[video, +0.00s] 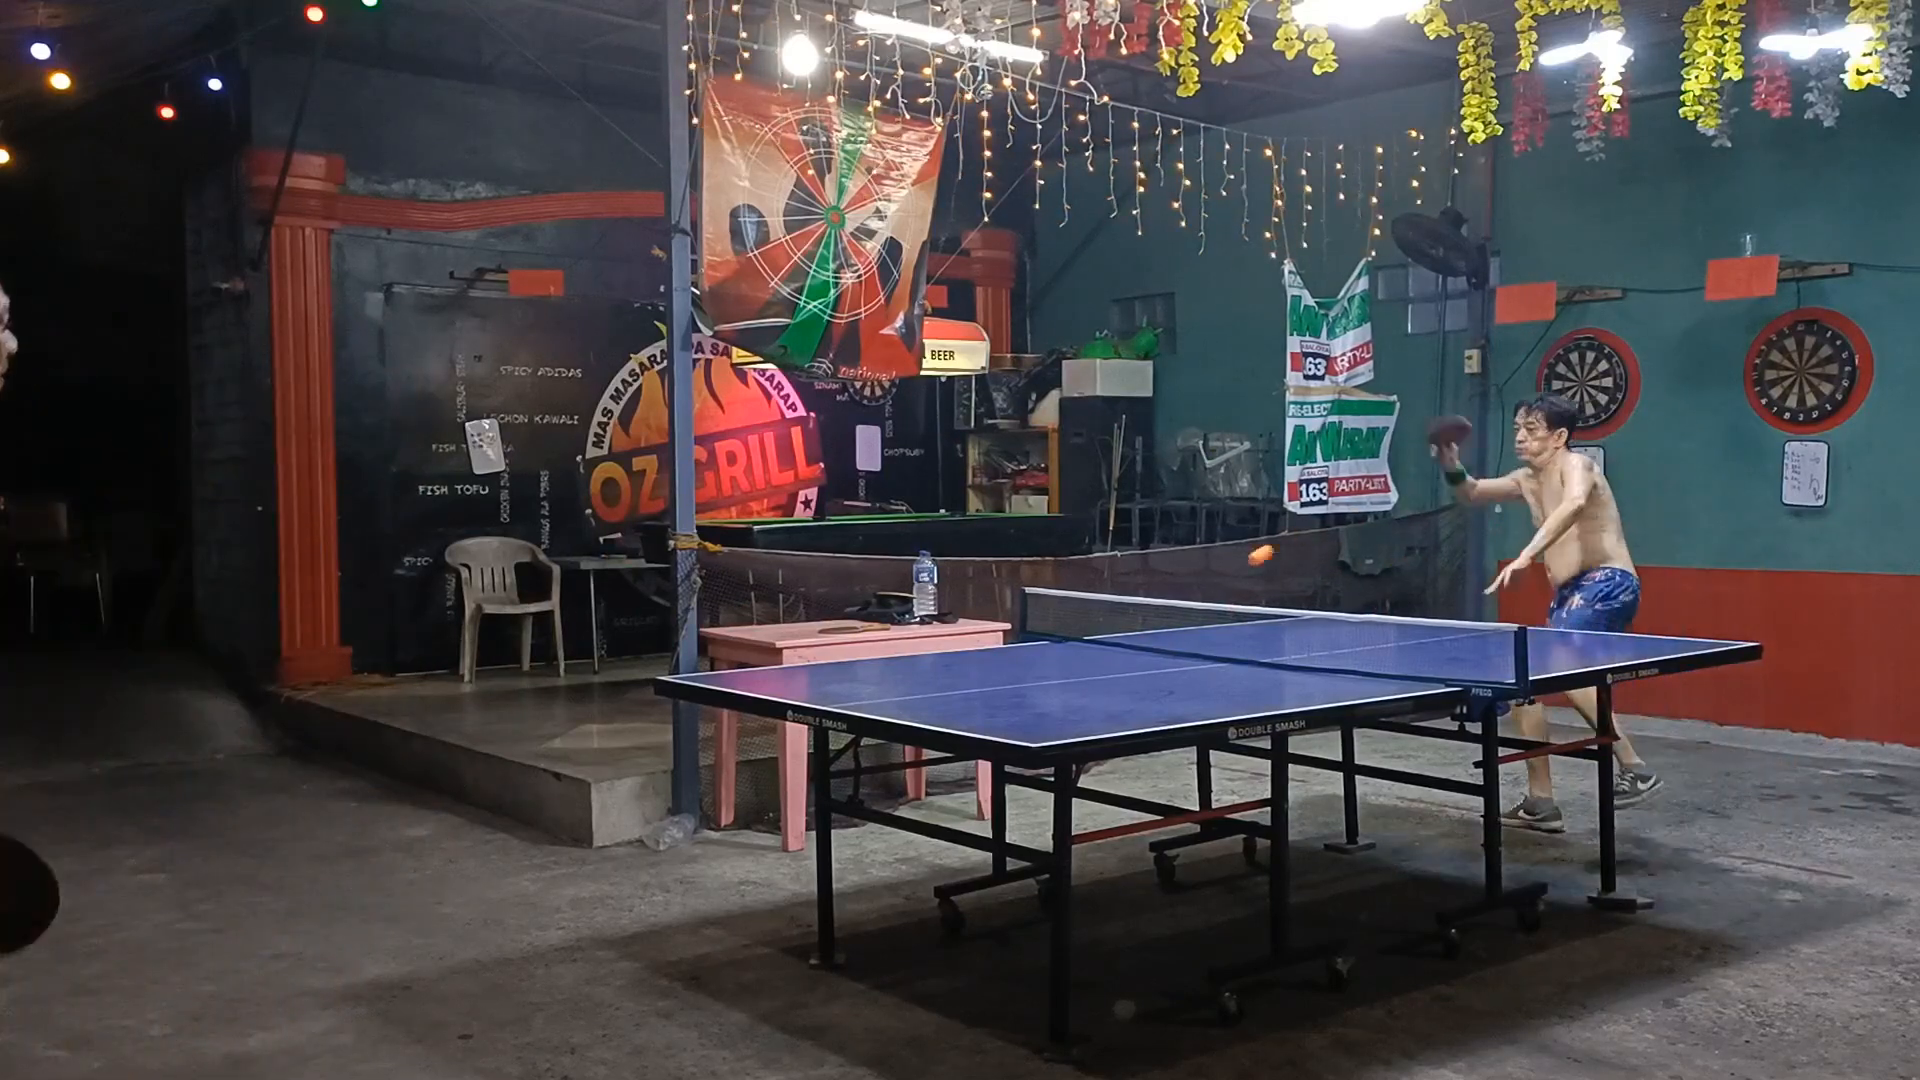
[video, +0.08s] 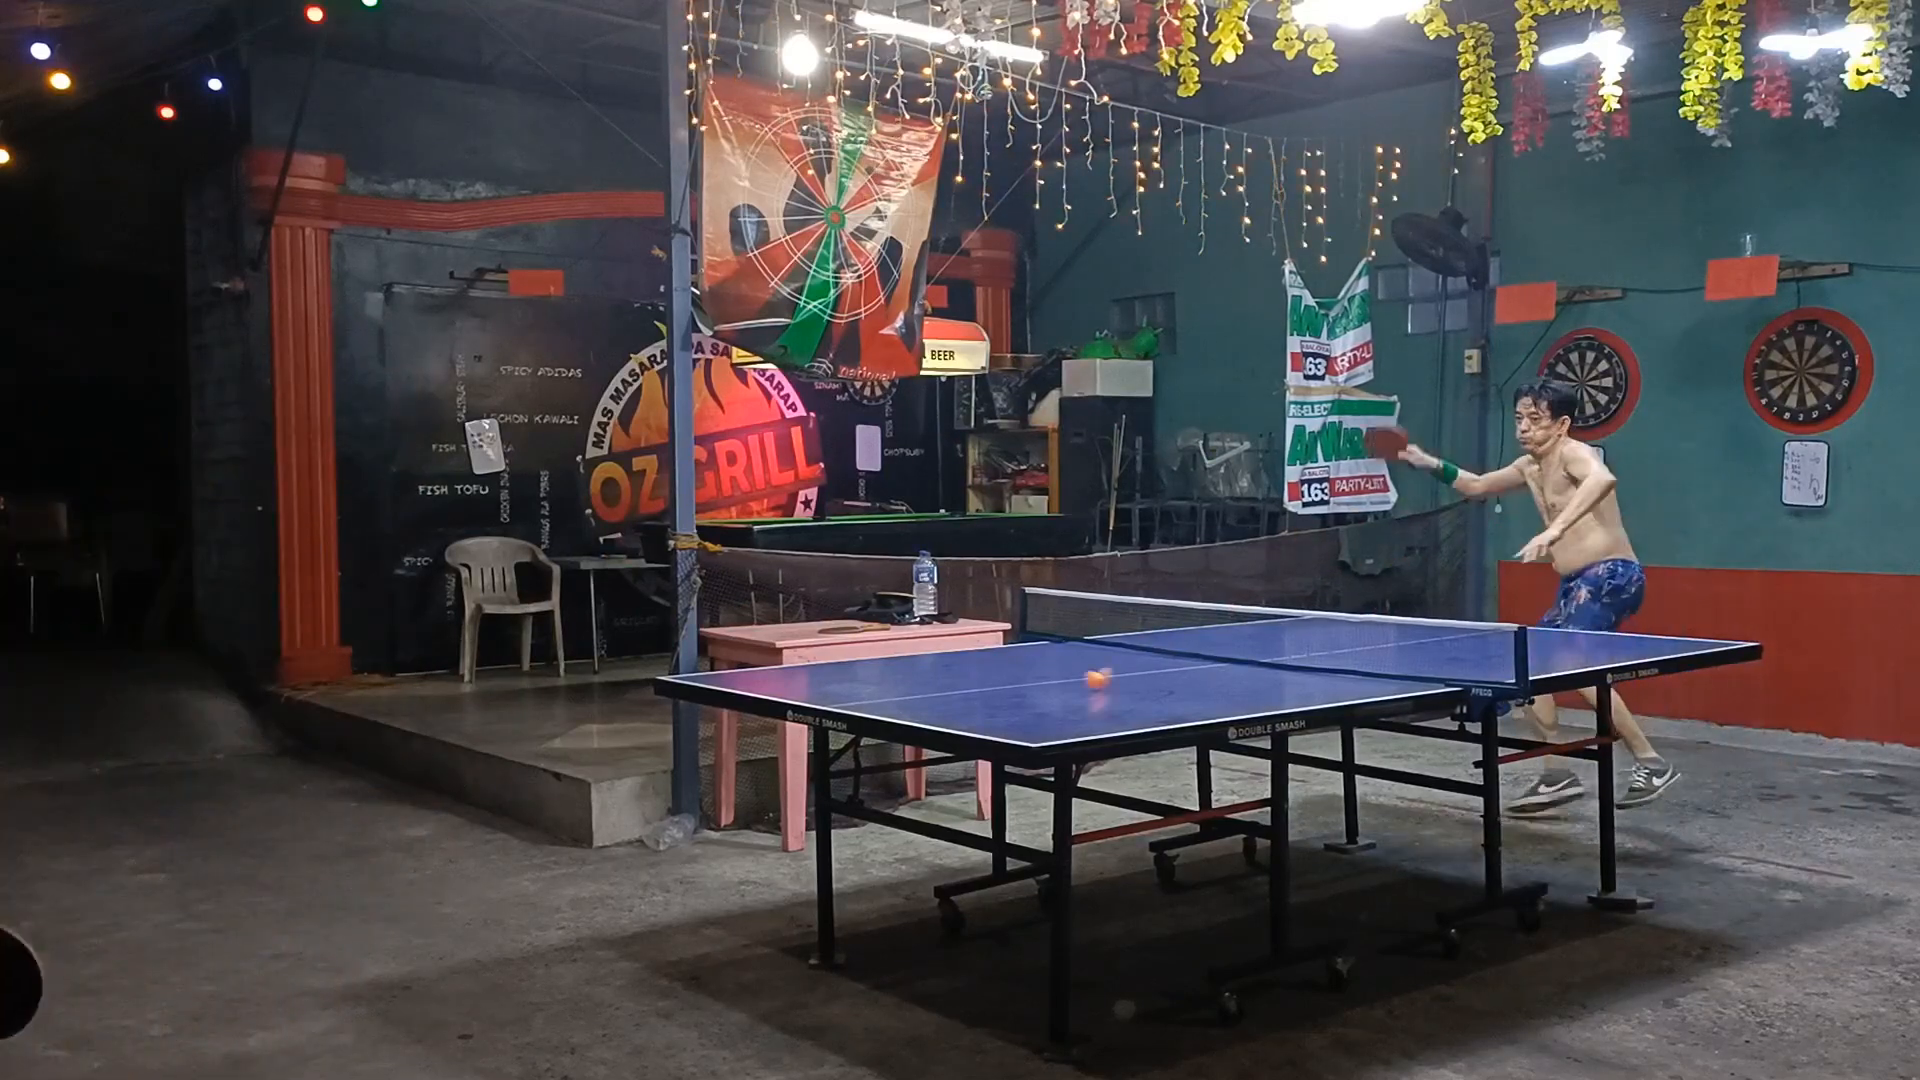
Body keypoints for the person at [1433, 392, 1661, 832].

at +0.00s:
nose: (1521, 437)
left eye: (1530, 429)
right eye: (1518, 429)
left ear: (1559, 435)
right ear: (1516, 435)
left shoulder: (1575, 464)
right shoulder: (1526, 478)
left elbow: (1575, 504)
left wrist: (1526, 555)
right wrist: (1452, 467)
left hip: (1606, 584)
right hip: (1567, 596)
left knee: (1566, 667)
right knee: (1520, 685)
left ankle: (1633, 767)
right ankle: (1540, 799)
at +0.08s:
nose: (1523, 427)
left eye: (1534, 419)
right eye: (1519, 419)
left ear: (1561, 423)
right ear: (1516, 421)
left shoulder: (1573, 451)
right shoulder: (1528, 465)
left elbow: (1600, 479)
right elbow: (1477, 486)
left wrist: (1552, 530)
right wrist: (1433, 464)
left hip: (1609, 577)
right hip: (1575, 585)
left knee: (1579, 671)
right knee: (1524, 668)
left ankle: (1651, 763)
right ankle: (1556, 772)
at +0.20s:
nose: (1524, 440)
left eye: (1534, 431)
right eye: (1520, 431)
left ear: (1562, 434)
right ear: (1516, 432)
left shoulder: (1579, 466)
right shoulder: (1535, 478)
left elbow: (1639, 492)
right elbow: (1504, 508)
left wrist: (1610, 534)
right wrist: (1452, 513)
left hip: (1612, 593)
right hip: (1571, 601)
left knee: (1581, 679)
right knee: (1543, 684)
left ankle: (1672, 772)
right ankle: (1566, 778)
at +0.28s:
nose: (1526, 463)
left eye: (1536, 455)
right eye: (1522, 455)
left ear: (1564, 459)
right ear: (1520, 460)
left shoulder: (1587, 495)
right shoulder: (1544, 503)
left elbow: (1653, 538)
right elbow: (1529, 550)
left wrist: (1642, 593)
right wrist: (1478, 571)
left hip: (1612, 623)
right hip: (1570, 627)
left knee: (1586, 706)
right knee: (1535, 699)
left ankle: (1687, 787)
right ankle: (1571, 779)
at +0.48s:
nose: (1554, 436)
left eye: (1565, 428)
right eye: (1549, 429)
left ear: (1593, 432)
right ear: (1546, 435)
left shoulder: (1623, 472)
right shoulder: (1566, 486)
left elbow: (1672, 535)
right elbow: (1574, 543)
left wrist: (1653, 604)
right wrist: (1529, 573)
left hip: (1648, 609)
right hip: (1597, 612)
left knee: (1654, 715)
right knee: (1563, 696)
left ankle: (1705, 802)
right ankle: (1577, 777)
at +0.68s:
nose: (1570, 438)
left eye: (1581, 428)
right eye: (1564, 429)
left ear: (1610, 430)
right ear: (1559, 433)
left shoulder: (1639, 468)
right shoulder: (1577, 483)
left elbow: (1669, 531)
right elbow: (1557, 539)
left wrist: (1618, 584)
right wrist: (1519, 557)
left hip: (1684, 605)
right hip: (1631, 613)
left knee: (1699, 707)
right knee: (1591, 703)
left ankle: (1767, 822)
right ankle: (1628, 815)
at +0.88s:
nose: (1571, 464)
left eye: (1580, 453)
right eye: (1566, 454)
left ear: (1613, 452)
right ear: (1567, 456)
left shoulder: (1642, 488)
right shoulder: (1598, 502)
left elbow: (1624, 557)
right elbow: (1570, 555)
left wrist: (1546, 596)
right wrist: (1512, 560)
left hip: (1697, 624)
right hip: (1641, 628)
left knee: (1720, 733)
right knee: (1566, 695)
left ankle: (1801, 844)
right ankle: (1592, 806)